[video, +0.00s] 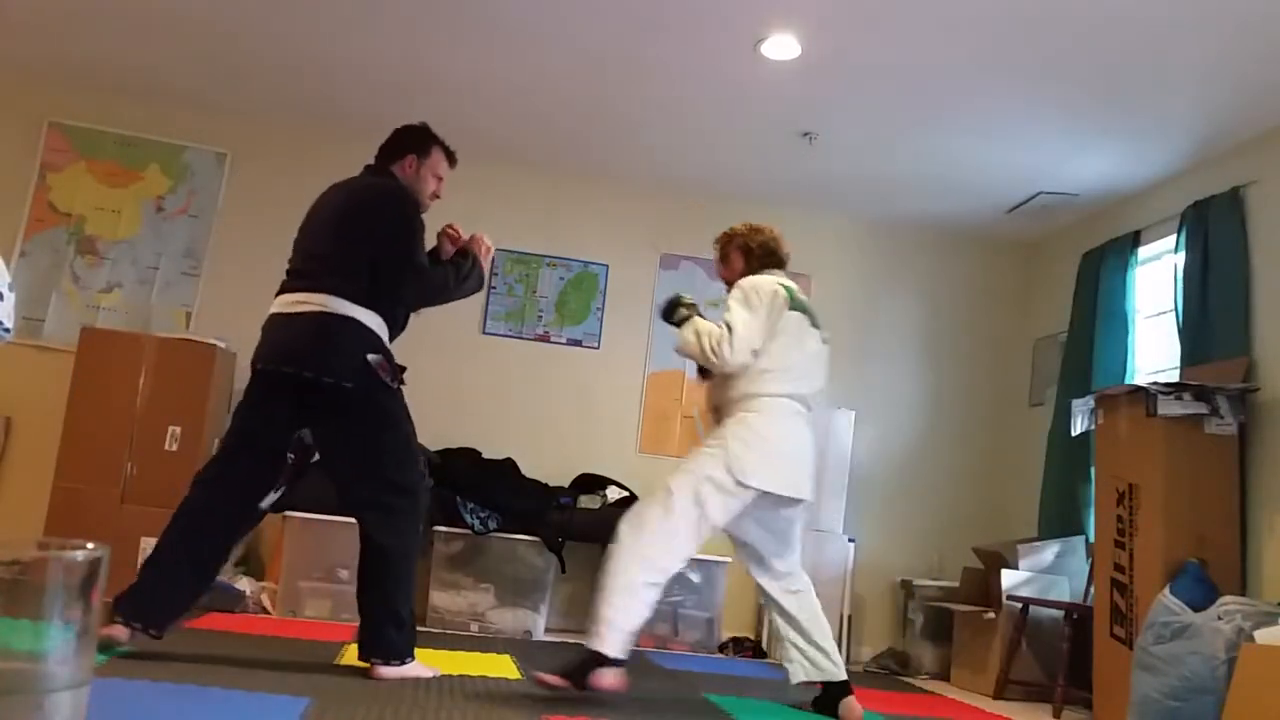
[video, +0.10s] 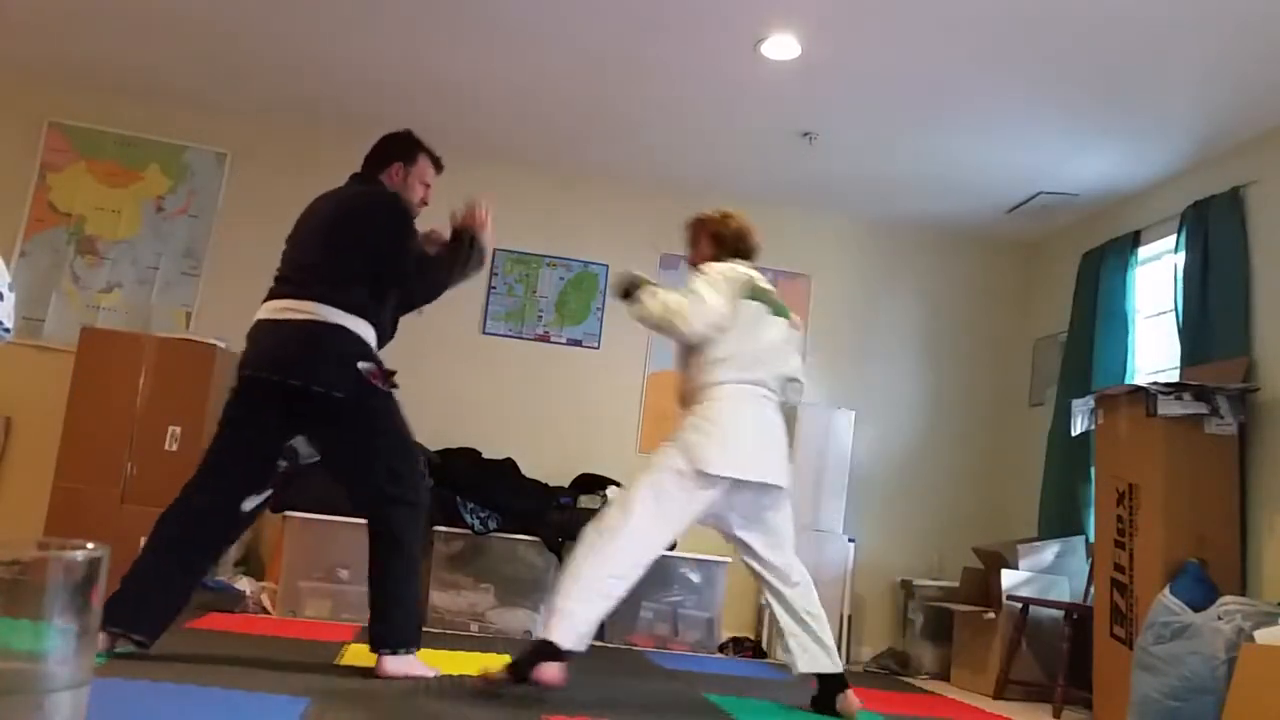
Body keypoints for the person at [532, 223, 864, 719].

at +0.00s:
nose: (720, 271)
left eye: (724, 261)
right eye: (720, 262)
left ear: (744, 257)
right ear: (771, 260)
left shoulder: (755, 288)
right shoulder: (803, 309)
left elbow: (730, 351)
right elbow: (782, 378)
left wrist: (685, 317)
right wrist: (714, 356)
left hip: (752, 439)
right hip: (794, 450)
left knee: (653, 525)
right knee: (782, 571)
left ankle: (604, 656)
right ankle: (833, 686)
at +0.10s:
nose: (690, 255)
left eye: (695, 246)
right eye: (692, 247)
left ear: (712, 246)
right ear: (744, 252)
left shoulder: (717, 275)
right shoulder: (780, 313)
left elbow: (696, 321)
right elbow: (791, 386)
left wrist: (639, 292)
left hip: (715, 434)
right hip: (768, 446)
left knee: (625, 528)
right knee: (780, 564)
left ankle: (551, 648)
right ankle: (832, 683)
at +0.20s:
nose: (649, 242)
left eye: (653, 234)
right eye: (651, 234)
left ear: (668, 234)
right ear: (709, 242)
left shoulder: (655, 268)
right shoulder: (744, 299)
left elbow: (580, 266)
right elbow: (773, 379)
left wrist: (516, 240)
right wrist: (712, 391)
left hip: (680, 440)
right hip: (743, 447)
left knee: (586, 547)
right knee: (764, 557)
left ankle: (521, 665)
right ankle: (818, 674)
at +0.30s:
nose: (625, 234)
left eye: (629, 228)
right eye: (628, 229)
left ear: (640, 231)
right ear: (686, 243)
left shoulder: (615, 264)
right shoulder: (716, 299)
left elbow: (532, 258)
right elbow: (735, 380)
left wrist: (457, 240)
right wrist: (706, 436)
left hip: (653, 443)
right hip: (715, 448)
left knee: (559, 547)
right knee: (720, 553)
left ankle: (517, 670)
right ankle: (800, 650)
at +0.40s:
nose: (625, 218)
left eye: (630, 210)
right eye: (627, 210)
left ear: (645, 211)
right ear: (686, 219)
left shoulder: (630, 247)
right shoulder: (716, 284)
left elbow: (546, 284)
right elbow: (724, 374)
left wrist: (481, 270)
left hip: (639, 427)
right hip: (698, 435)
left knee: (556, 537)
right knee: (700, 542)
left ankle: (515, 666)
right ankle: (776, 648)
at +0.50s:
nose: (628, 210)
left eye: (633, 200)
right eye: (628, 200)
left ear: (659, 199)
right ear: (685, 206)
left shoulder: (645, 243)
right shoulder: (723, 273)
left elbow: (609, 317)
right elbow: (723, 362)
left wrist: (548, 297)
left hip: (630, 413)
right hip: (692, 424)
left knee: (547, 521)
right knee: (702, 545)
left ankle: (509, 651)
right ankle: (755, 669)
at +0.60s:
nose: (635, 220)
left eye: (639, 210)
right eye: (635, 210)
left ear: (663, 209)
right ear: (691, 214)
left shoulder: (653, 250)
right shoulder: (735, 287)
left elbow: (616, 330)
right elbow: (726, 371)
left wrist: (567, 304)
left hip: (630, 422)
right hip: (693, 438)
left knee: (540, 524)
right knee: (701, 563)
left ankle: (502, 662)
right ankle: (750, 695)